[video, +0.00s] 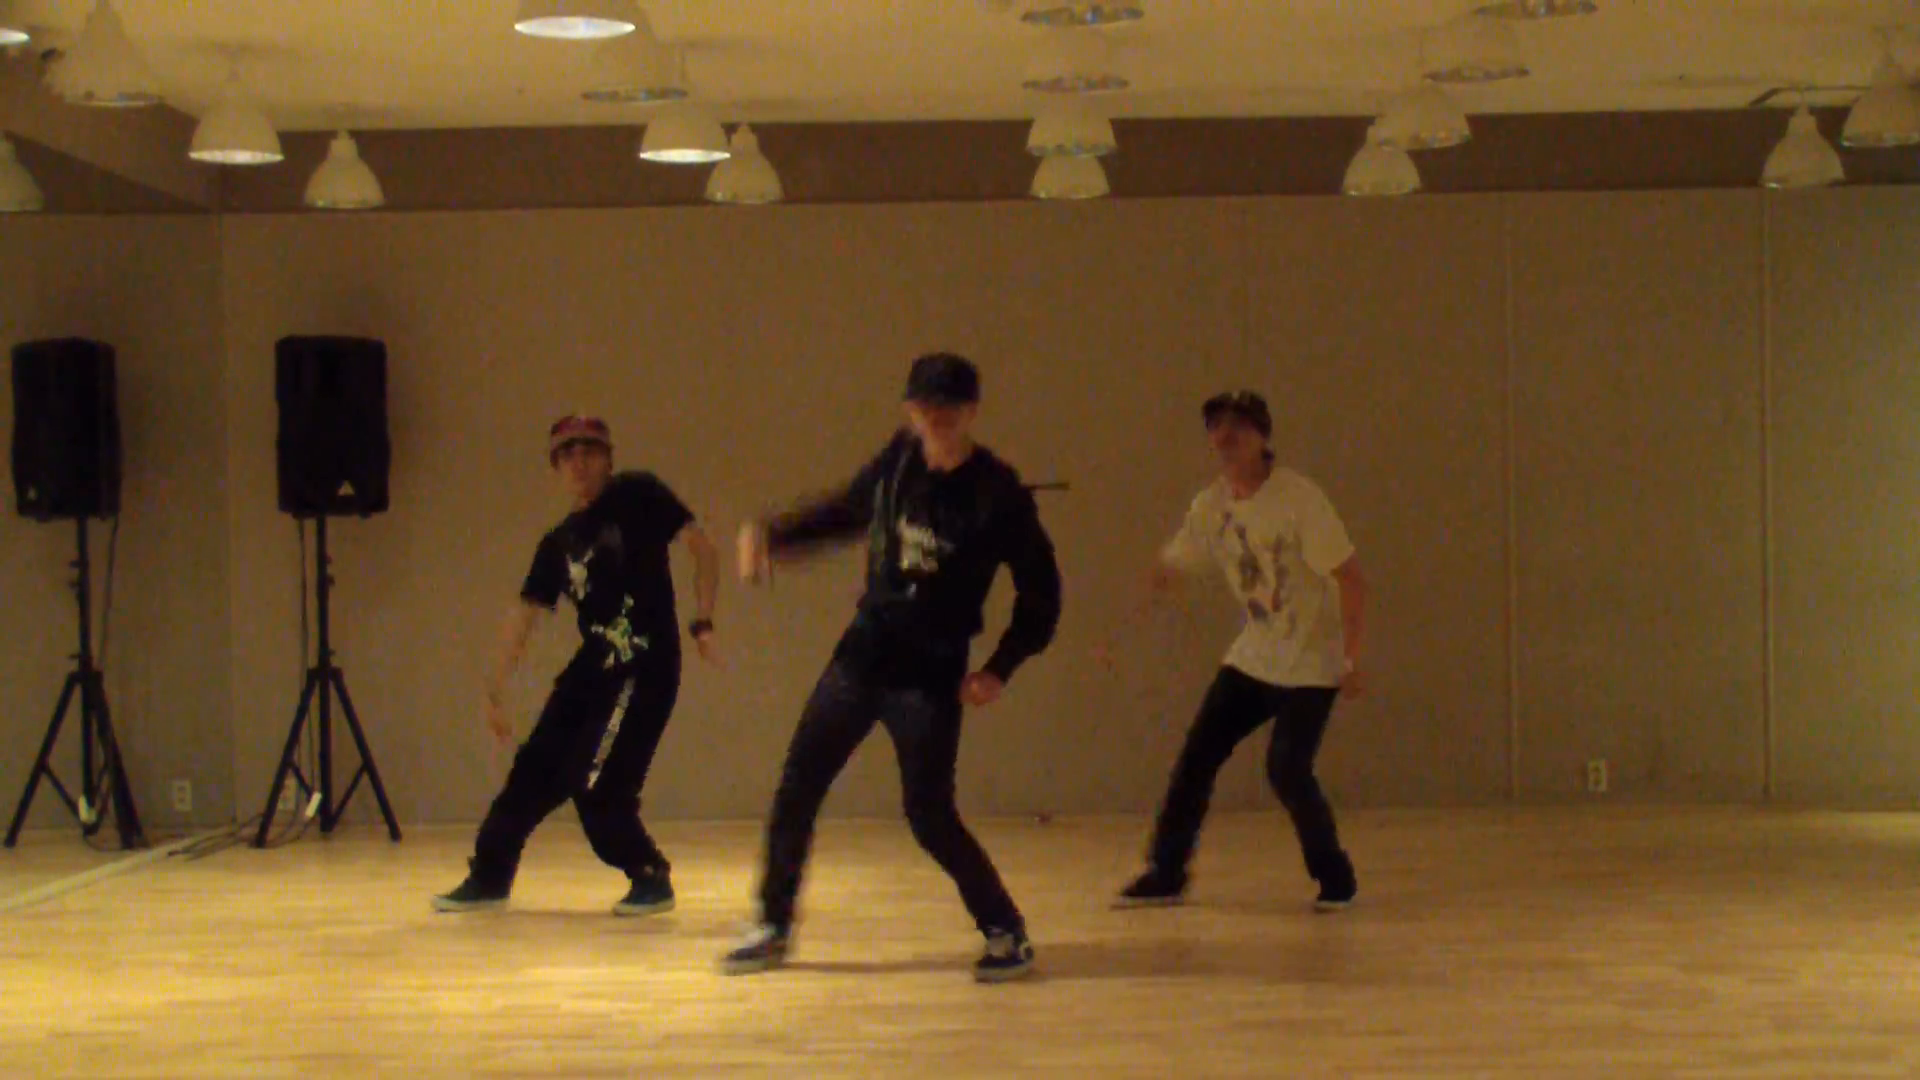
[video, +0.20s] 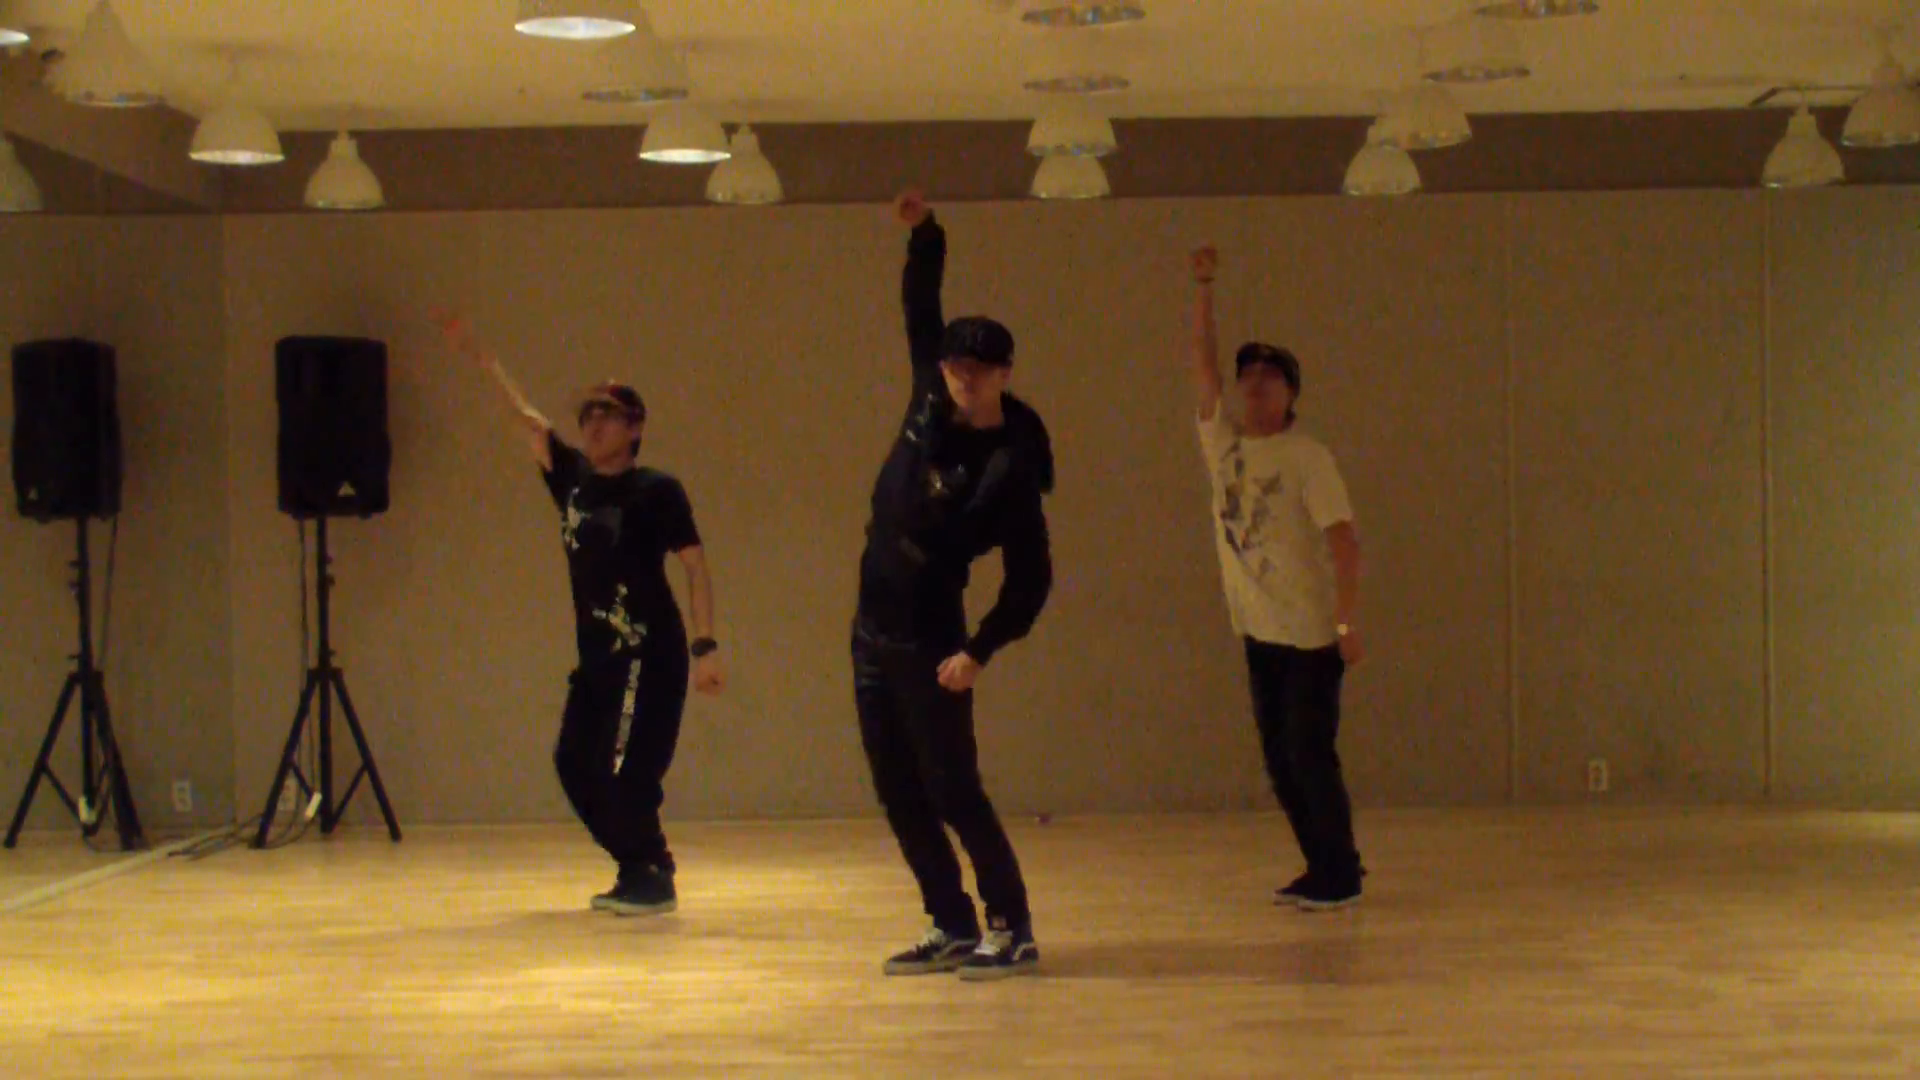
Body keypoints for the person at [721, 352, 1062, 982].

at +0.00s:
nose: (936, 430)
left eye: (947, 417)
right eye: (927, 417)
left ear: (971, 412)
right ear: (911, 413)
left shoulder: (998, 491)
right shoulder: (897, 459)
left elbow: (1041, 589)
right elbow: (846, 513)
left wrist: (1001, 668)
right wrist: (775, 535)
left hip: (931, 673)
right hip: (862, 655)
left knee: (931, 820)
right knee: (798, 786)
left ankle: (1004, 930)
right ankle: (773, 926)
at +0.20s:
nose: (962, 382)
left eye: (976, 371)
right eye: (954, 370)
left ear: (1001, 376)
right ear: (942, 371)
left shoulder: (1010, 466)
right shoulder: (931, 400)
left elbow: (1030, 579)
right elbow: (921, 314)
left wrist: (977, 652)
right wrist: (922, 233)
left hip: (932, 644)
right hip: (874, 637)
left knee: (957, 793)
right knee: (901, 798)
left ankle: (1010, 929)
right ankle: (953, 928)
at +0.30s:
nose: (968, 385)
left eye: (980, 373)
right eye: (959, 373)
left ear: (1007, 375)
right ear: (947, 374)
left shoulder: (1024, 464)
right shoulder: (937, 406)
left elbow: (1038, 579)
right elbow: (917, 322)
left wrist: (984, 650)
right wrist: (911, 235)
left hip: (939, 644)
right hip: (884, 637)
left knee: (956, 793)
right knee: (905, 795)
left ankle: (1010, 927)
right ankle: (953, 928)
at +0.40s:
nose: (983, 386)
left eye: (997, 374)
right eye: (974, 373)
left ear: (1025, 376)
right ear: (962, 372)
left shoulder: (1030, 459)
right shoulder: (947, 414)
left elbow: (1041, 571)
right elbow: (882, 422)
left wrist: (987, 650)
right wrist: (889, 362)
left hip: (939, 636)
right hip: (890, 629)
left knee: (956, 791)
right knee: (913, 790)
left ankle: (1013, 931)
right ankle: (954, 930)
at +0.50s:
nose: (978, 387)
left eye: (991, 375)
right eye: (968, 375)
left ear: (1018, 377)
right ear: (957, 378)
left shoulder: (1028, 460)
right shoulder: (959, 443)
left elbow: (1047, 570)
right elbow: (917, 520)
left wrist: (998, 658)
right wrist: (909, 471)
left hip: (946, 640)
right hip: (900, 634)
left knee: (945, 792)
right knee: (914, 792)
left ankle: (1010, 929)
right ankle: (955, 931)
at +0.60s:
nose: (937, 395)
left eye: (947, 380)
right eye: (926, 383)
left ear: (974, 371)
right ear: (915, 384)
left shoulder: (1013, 441)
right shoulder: (937, 446)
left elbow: (1049, 550)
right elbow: (938, 550)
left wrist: (1025, 651)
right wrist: (916, 511)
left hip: (991, 642)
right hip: (937, 634)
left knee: (962, 796)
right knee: (878, 748)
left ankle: (1012, 930)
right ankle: (936, 893)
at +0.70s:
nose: (905, 451)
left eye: (912, 438)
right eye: (893, 442)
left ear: (935, 430)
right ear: (884, 446)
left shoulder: (1000, 487)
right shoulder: (925, 495)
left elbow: (1064, 575)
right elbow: (970, 560)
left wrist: (1063, 658)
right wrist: (941, 582)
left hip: (1025, 639)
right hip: (972, 624)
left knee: (976, 788)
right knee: (870, 665)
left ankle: (1012, 930)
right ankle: (932, 790)